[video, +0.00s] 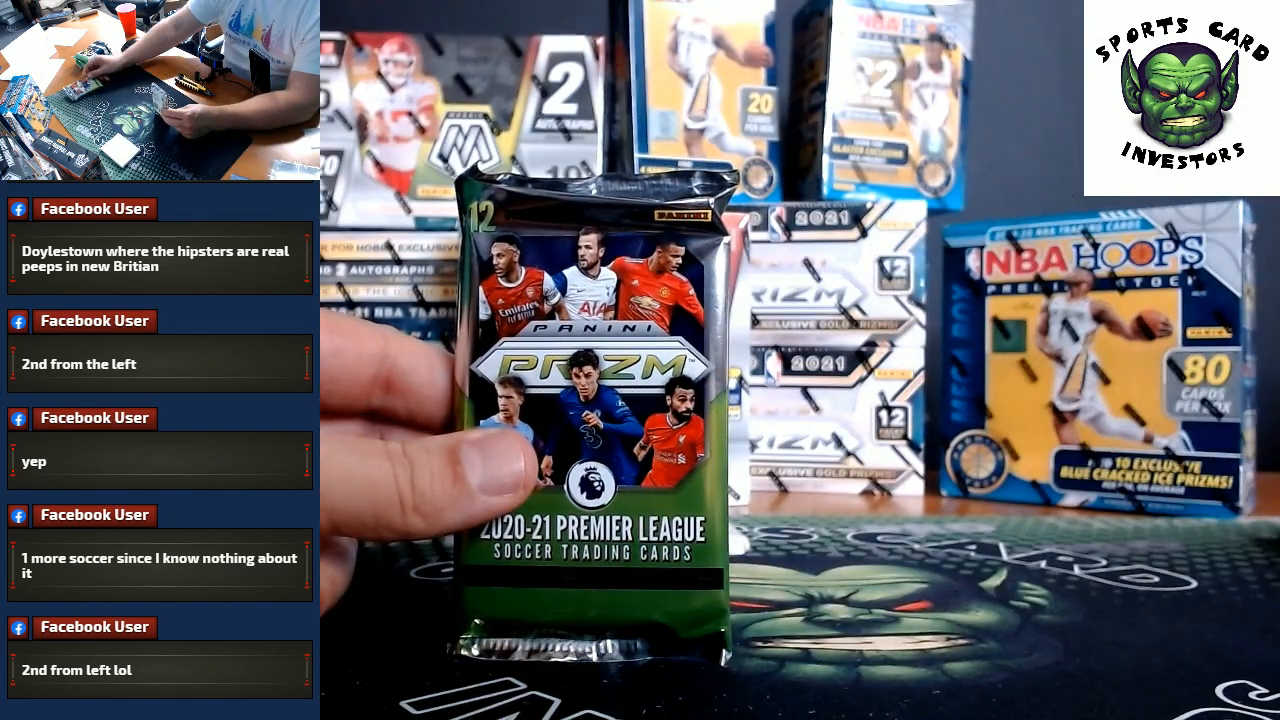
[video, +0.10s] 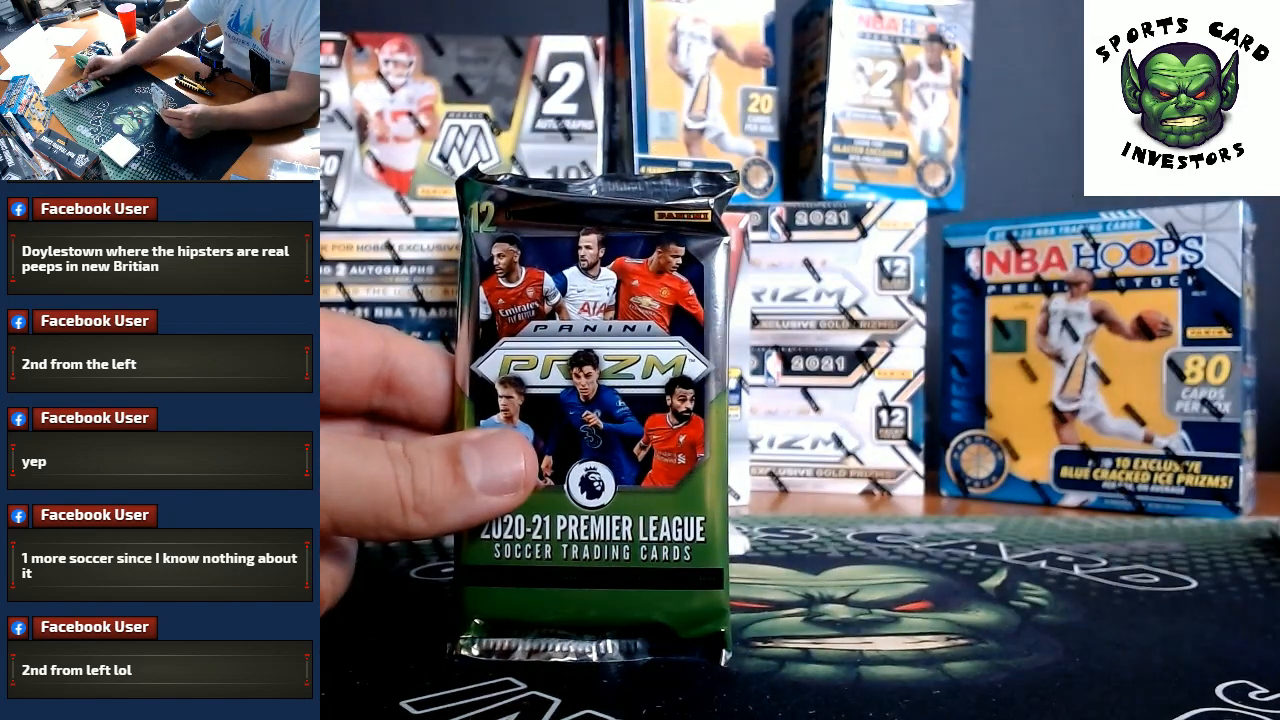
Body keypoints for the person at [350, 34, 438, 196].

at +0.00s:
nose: (399, 70)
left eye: (405, 64)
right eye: (393, 63)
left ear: (413, 65)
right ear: (382, 64)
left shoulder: (424, 90)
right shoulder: (365, 90)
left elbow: (432, 130)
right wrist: (370, 126)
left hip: (406, 170)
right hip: (374, 165)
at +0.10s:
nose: (399, 70)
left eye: (405, 64)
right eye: (393, 64)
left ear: (413, 66)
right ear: (382, 65)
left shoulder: (423, 90)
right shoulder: (365, 90)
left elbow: (432, 130)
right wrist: (370, 126)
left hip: (406, 169)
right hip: (374, 165)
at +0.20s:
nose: (399, 70)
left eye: (405, 65)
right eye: (393, 64)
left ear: (413, 66)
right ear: (382, 64)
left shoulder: (423, 90)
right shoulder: (365, 90)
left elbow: (432, 130)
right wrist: (370, 125)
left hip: (405, 169)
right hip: (374, 165)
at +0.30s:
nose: (399, 70)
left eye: (405, 64)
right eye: (393, 64)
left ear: (413, 66)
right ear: (382, 65)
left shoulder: (424, 90)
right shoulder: (365, 90)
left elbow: (432, 130)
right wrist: (370, 126)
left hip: (406, 169)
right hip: (374, 165)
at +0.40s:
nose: (399, 70)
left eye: (405, 64)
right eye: (393, 64)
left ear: (413, 66)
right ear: (382, 65)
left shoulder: (424, 90)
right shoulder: (365, 90)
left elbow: (432, 130)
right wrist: (370, 126)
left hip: (406, 169)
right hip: (374, 165)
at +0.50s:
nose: (399, 70)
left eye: (405, 65)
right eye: (393, 64)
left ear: (413, 66)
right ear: (382, 64)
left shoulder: (423, 89)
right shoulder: (365, 90)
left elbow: (432, 130)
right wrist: (370, 125)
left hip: (405, 169)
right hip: (374, 165)